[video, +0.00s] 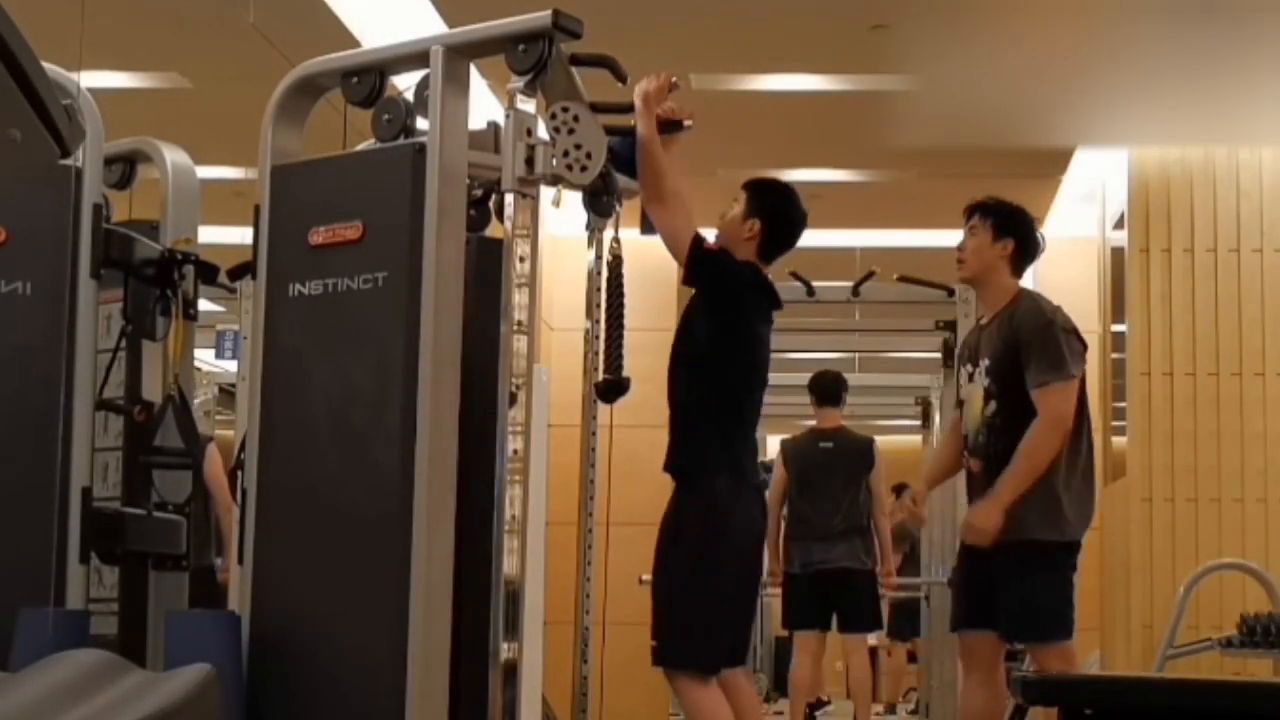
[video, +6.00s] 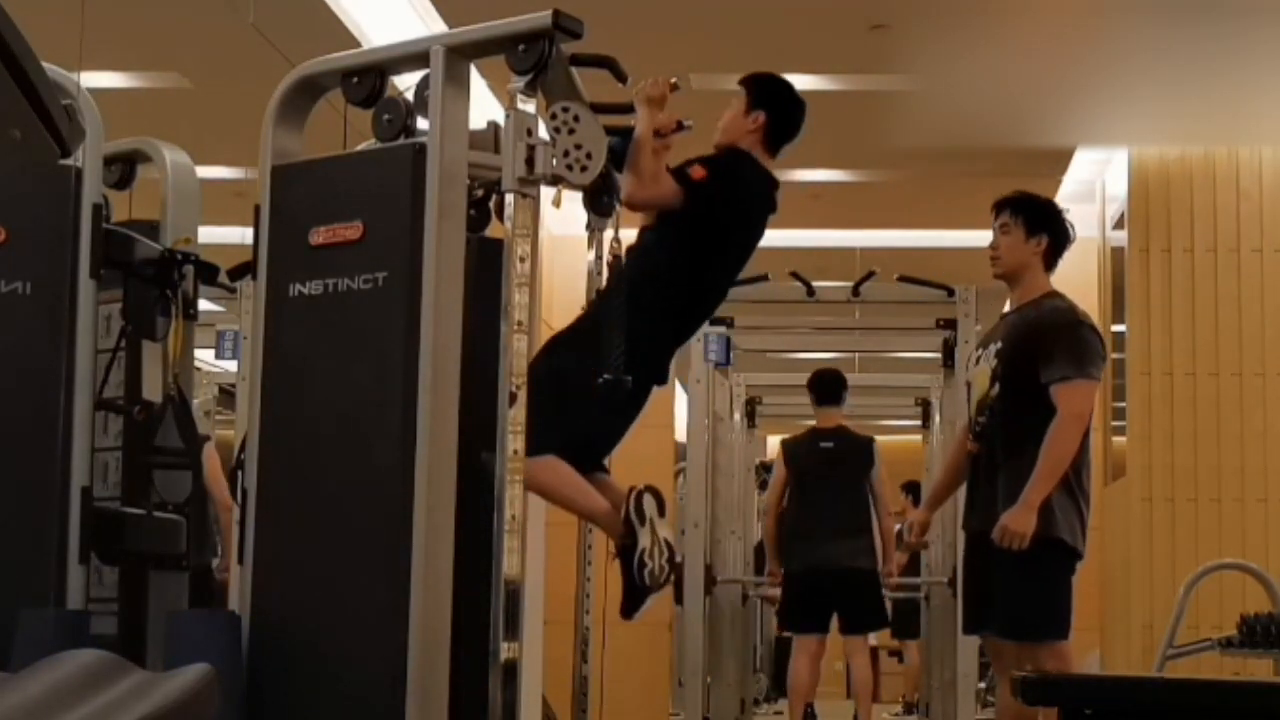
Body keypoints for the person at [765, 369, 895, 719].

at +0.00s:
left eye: (815, 397)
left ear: (811, 400)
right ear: (844, 399)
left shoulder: (790, 448)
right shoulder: (866, 447)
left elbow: (773, 509)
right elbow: (881, 510)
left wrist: (774, 560)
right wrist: (888, 561)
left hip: (805, 569)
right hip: (854, 568)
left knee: (805, 653)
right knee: (857, 652)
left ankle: (797, 717)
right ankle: (863, 716)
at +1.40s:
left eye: (816, 452)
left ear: (812, 457)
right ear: (845, 456)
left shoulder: (793, 495)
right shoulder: (866, 495)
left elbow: (777, 558)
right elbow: (879, 555)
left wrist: (774, 609)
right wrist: (887, 609)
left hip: (804, 581)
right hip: (857, 580)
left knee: (798, 652)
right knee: (864, 652)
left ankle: (795, 715)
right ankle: (864, 715)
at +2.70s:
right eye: (840, 406)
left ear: (814, 411)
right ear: (847, 411)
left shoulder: (792, 458)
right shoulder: (867, 458)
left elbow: (779, 519)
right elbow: (878, 522)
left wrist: (775, 569)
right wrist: (887, 571)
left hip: (805, 569)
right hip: (855, 568)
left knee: (805, 653)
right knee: (860, 650)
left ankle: (798, 715)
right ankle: (864, 714)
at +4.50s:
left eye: (814, 461)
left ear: (813, 464)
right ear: (847, 464)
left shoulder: (794, 503)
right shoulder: (867, 502)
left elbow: (780, 564)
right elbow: (882, 564)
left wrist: (775, 613)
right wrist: (887, 618)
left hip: (806, 585)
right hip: (858, 584)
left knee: (801, 653)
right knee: (865, 653)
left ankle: (798, 715)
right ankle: (865, 715)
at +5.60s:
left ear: (817, 409)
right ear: (850, 409)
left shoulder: (794, 457)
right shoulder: (870, 457)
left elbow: (778, 518)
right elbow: (883, 519)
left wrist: (774, 569)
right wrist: (890, 571)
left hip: (807, 566)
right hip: (857, 566)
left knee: (804, 647)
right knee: (860, 647)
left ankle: (797, 715)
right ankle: (864, 714)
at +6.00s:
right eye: (840, 396)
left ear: (811, 399)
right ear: (845, 398)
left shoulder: (790, 448)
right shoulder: (866, 447)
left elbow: (771, 508)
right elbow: (884, 510)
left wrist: (772, 559)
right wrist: (890, 559)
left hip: (806, 568)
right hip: (855, 567)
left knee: (805, 649)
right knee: (858, 650)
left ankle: (797, 716)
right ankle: (864, 715)